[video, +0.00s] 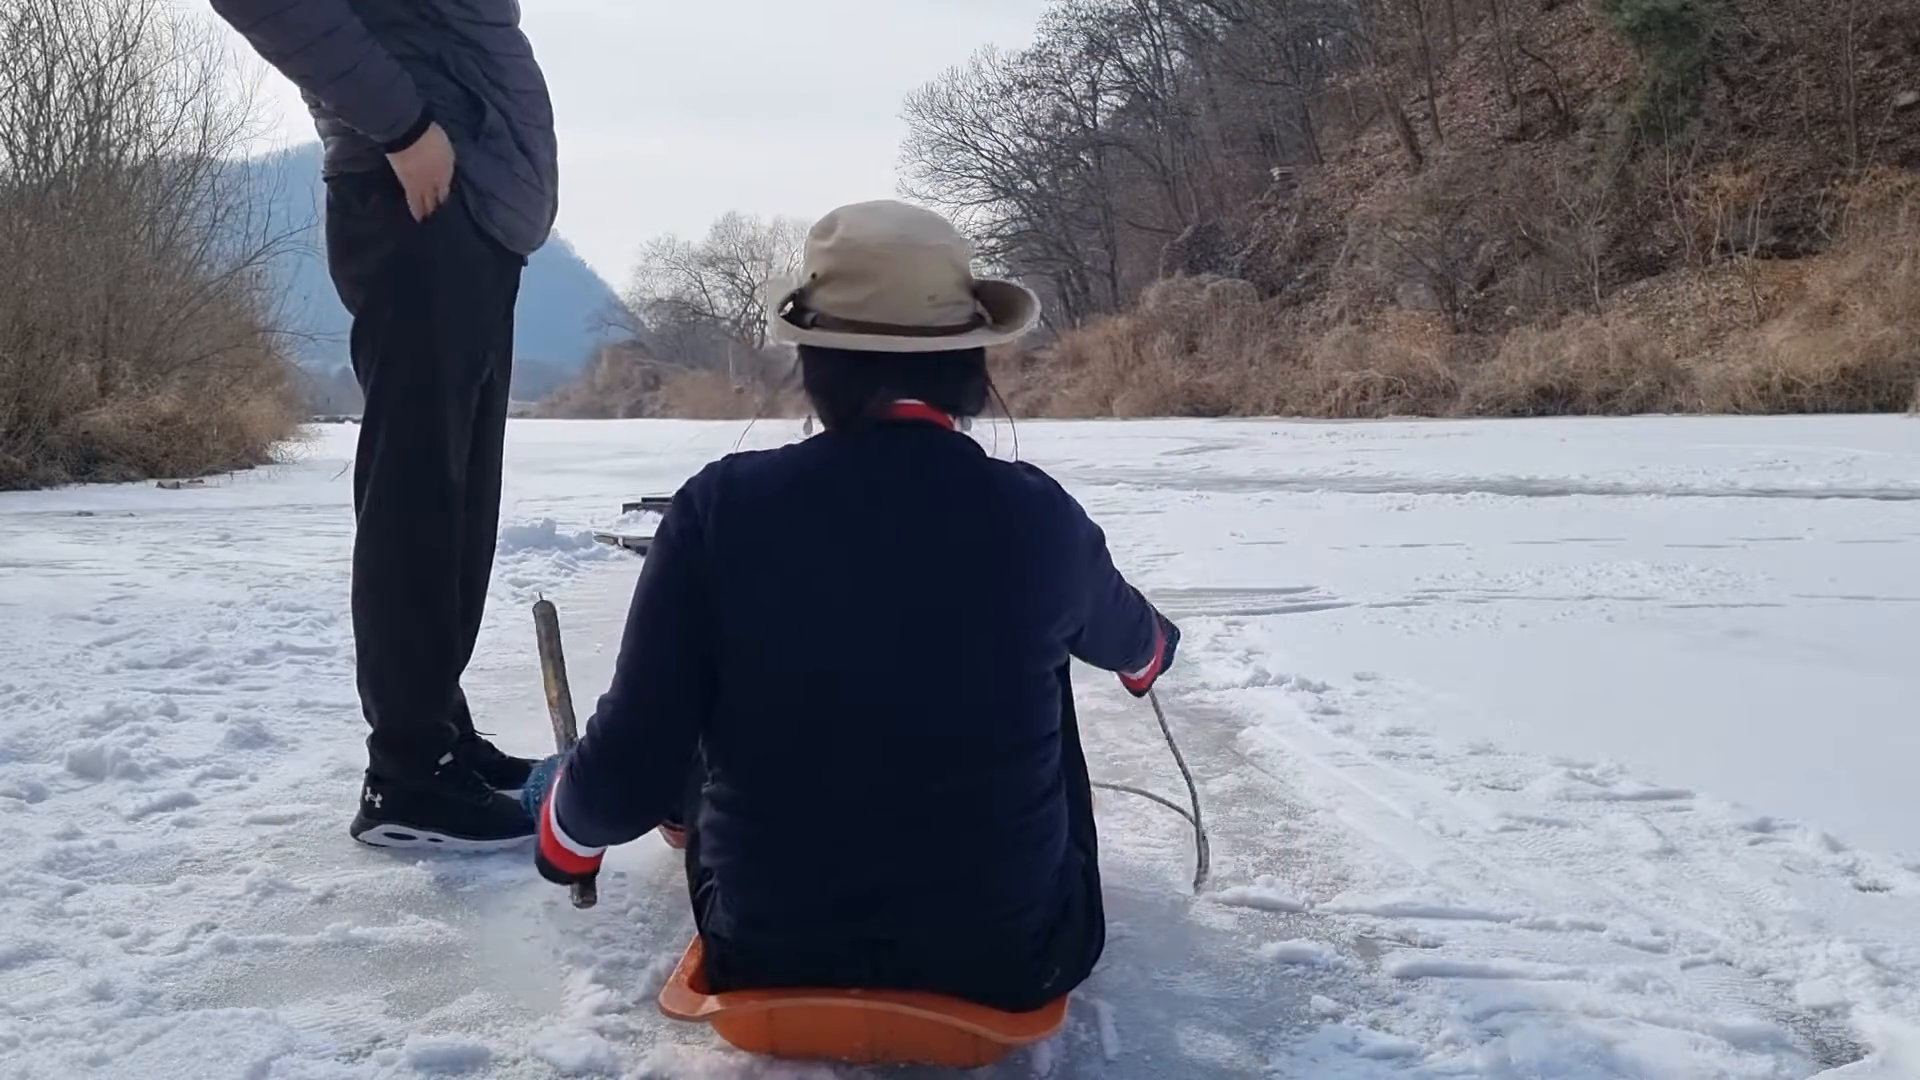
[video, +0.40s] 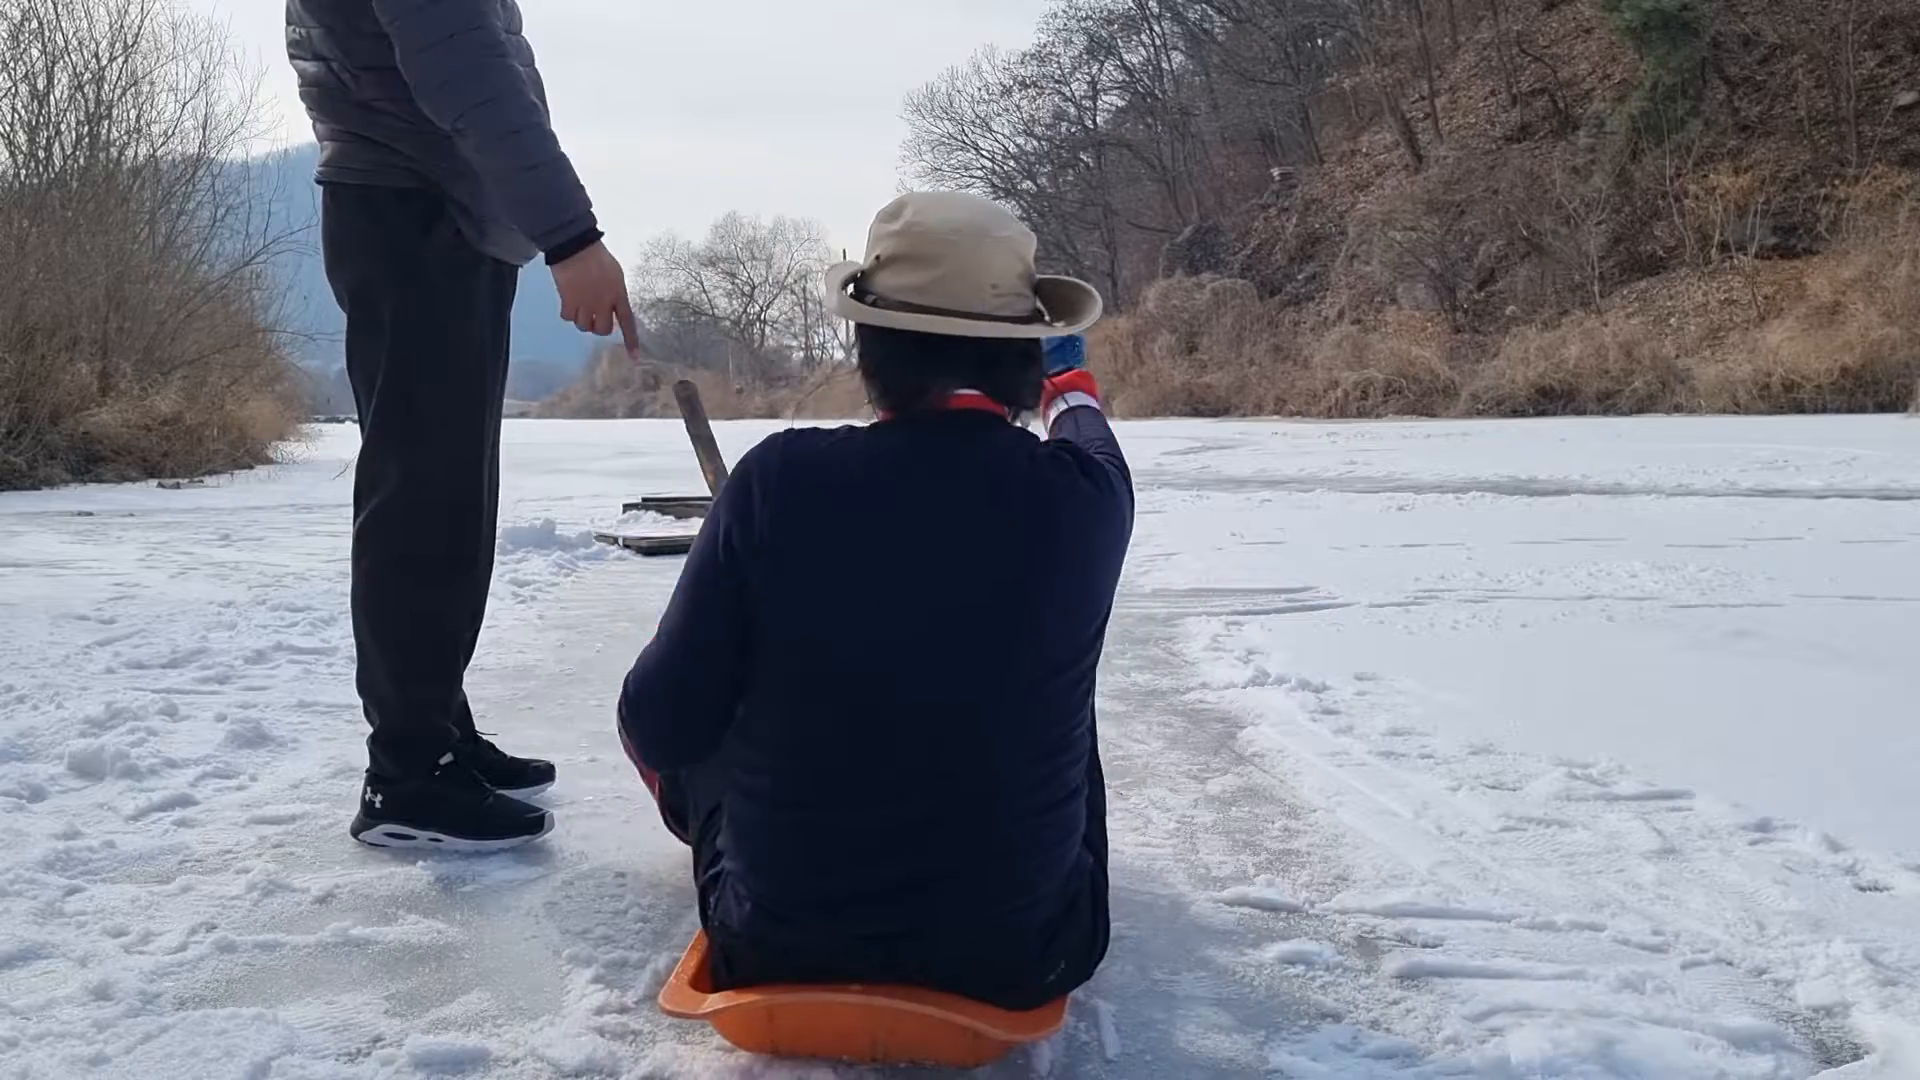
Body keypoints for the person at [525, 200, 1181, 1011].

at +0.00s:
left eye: (803, 351)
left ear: (815, 370)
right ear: (968, 368)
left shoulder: (722, 505)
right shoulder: (1034, 513)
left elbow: (638, 751)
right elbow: (1114, 623)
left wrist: (564, 824)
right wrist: (1151, 648)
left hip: (774, 954)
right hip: (995, 968)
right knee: (1036, 664)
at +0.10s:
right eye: (997, 346)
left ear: (830, 361)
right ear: (986, 365)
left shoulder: (736, 498)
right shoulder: (1043, 512)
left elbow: (640, 761)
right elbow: (1117, 620)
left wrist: (579, 772)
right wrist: (1139, 600)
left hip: (774, 959)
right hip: (997, 968)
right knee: (1036, 663)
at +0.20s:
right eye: (1018, 345)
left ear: (844, 361)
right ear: (1005, 363)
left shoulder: (751, 490)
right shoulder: (1057, 510)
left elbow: (641, 764)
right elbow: (1112, 584)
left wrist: (601, 700)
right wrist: (1120, 527)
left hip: (782, 953)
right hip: (1007, 961)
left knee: (618, 664)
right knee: (1040, 663)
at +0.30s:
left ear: (859, 359)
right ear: (1022, 365)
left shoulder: (767, 482)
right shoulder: (1074, 509)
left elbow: (647, 752)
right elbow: (1105, 505)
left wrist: (641, 638)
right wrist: (1090, 452)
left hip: (784, 951)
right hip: (1007, 961)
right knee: (1051, 684)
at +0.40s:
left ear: (872, 365)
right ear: (1036, 376)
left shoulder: (779, 475)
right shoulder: (1083, 503)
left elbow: (657, 714)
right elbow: (1090, 450)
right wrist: (1070, 386)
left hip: (788, 950)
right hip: (1010, 961)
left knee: (680, 715)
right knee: (1058, 674)